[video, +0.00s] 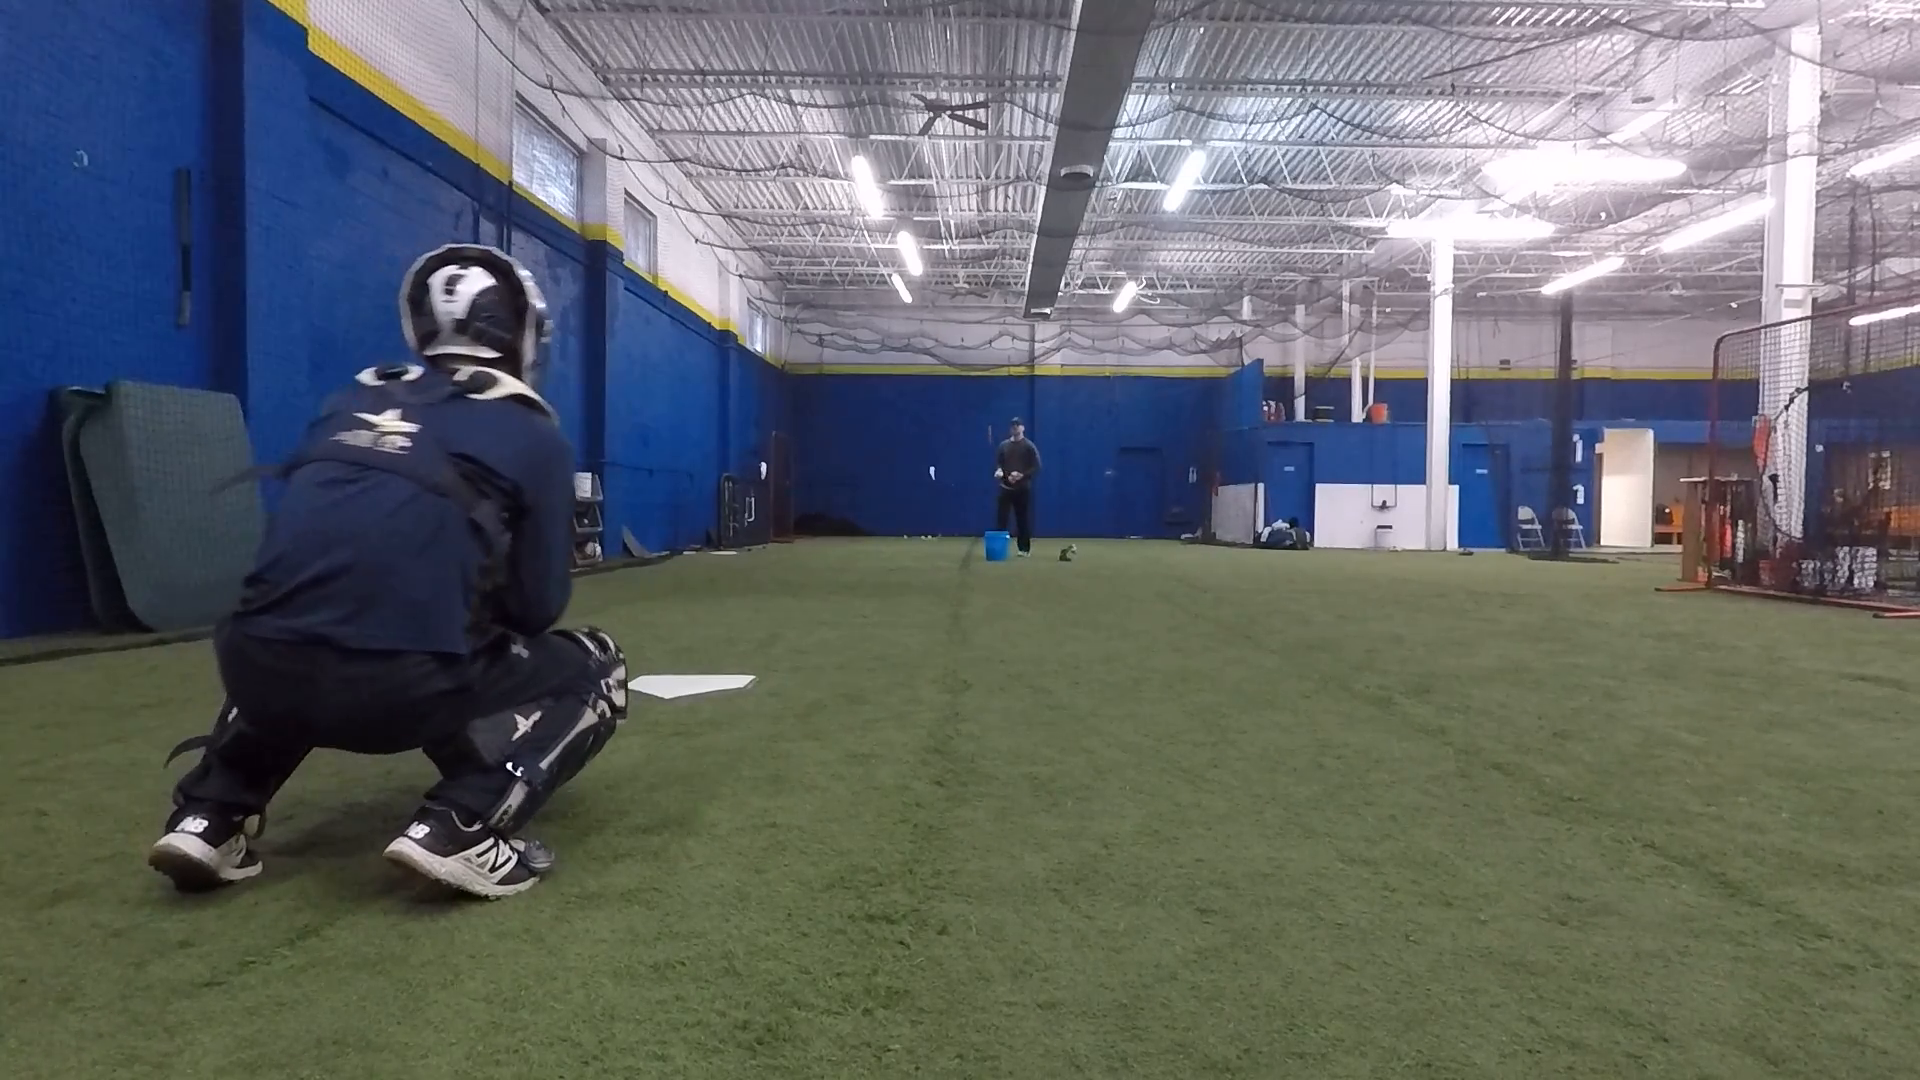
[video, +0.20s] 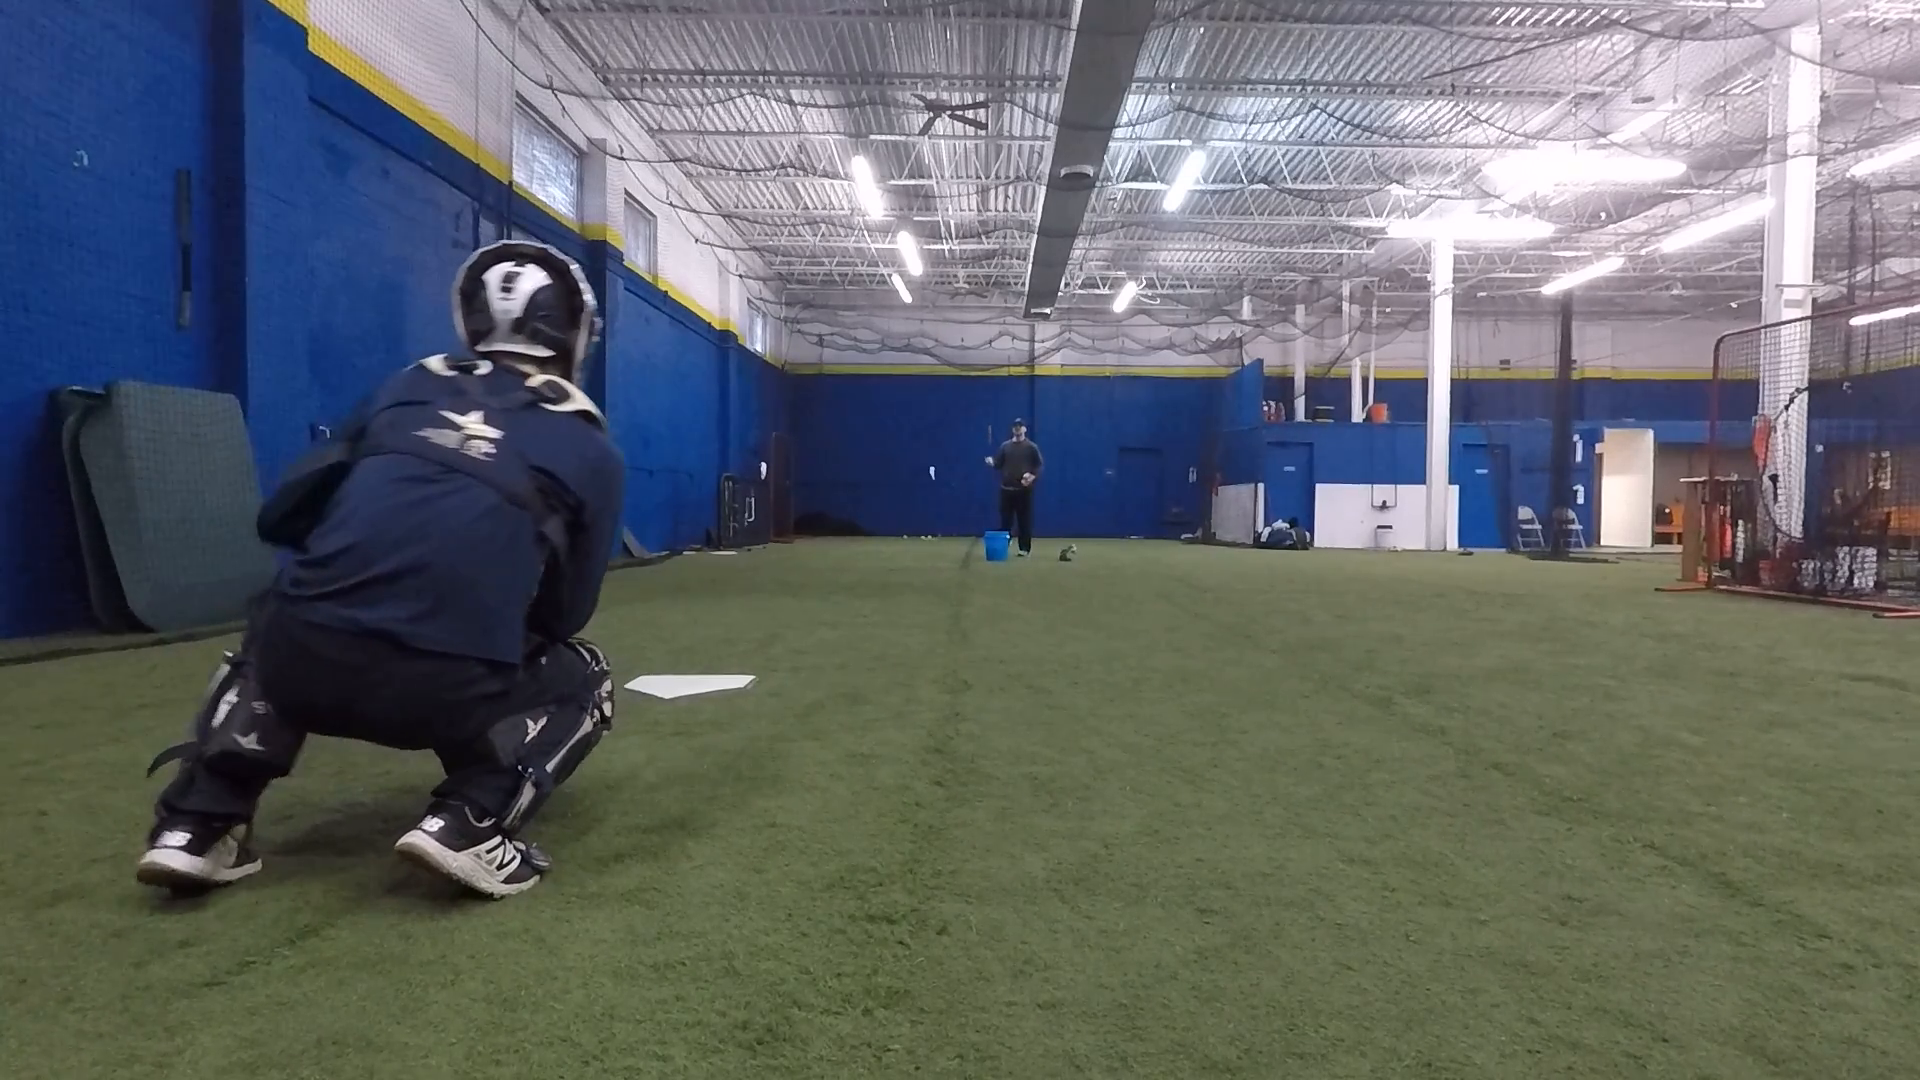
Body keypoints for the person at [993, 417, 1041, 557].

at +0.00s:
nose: (1016, 429)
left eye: (1018, 426)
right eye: (1013, 426)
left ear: (1023, 428)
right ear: (1010, 429)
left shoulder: (1029, 446)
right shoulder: (1003, 446)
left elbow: (1036, 466)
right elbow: (999, 463)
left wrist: (1022, 475)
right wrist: (1002, 472)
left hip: (1022, 488)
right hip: (1006, 487)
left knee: (1022, 519)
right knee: (1002, 517)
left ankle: (1024, 548)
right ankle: (999, 547)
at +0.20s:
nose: (1018, 429)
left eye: (1020, 427)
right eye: (1016, 427)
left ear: (1025, 429)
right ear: (1013, 429)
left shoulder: (1031, 447)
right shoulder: (1005, 446)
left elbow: (1039, 465)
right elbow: (999, 463)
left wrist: (1033, 475)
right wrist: (992, 462)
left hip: (1024, 489)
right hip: (1007, 489)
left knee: (1024, 520)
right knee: (1005, 518)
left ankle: (1024, 548)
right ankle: (1004, 545)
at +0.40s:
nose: (1015, 431)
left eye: (1017, 429)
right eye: (1012, 429)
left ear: (1021, 431)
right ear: (1009, 432)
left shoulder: (1028, 448)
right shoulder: (1002, 448)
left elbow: (1039, 465)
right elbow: (990, 462)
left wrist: (1036, 477)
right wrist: (986, 447)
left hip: (1023, 490)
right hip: (1007, 490)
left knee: (1023, 519)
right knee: (1007, 519)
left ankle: (1024, 547)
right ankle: (1007, 546)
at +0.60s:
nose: (1011, 434)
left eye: (1013, 431)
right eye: (1009, 431)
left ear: (1018, 432)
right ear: (1006, 433)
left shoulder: (1025, 448)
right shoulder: (999, 448)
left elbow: (1035, 465)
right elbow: (987, 461)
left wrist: (1030, 478)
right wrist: (983, 446)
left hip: (1020, 489)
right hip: (1004, 490)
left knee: (1022, 517)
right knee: (1006, 518)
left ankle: (1026, 544)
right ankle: (1008, 545)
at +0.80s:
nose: (1010, 432)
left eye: (1012, 430)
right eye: (1008, 430)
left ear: (1017, 431)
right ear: (1005, 432)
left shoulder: (1024, 448)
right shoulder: (998, 448)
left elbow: (1034, 465)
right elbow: (990, 466)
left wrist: (1029, 478)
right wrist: (985, 459)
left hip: (1018, 489)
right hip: (1003, 488)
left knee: (1018, 516)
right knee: (1005, 518)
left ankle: (1023, 545)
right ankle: (1007, 546)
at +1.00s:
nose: (1011, 435)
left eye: (1013, 432)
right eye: (1009, 432)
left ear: (1017, 432)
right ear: (1006, 433)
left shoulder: (1024, 448)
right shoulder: (999, 449)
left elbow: (1034, 467)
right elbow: (993, 463)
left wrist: (1028, 479)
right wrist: (996, 469)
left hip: (1018, 489)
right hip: (1003, 489)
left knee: (1017, 518)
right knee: (1005, 517)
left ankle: (1017, 544)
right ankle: (1007, 544)